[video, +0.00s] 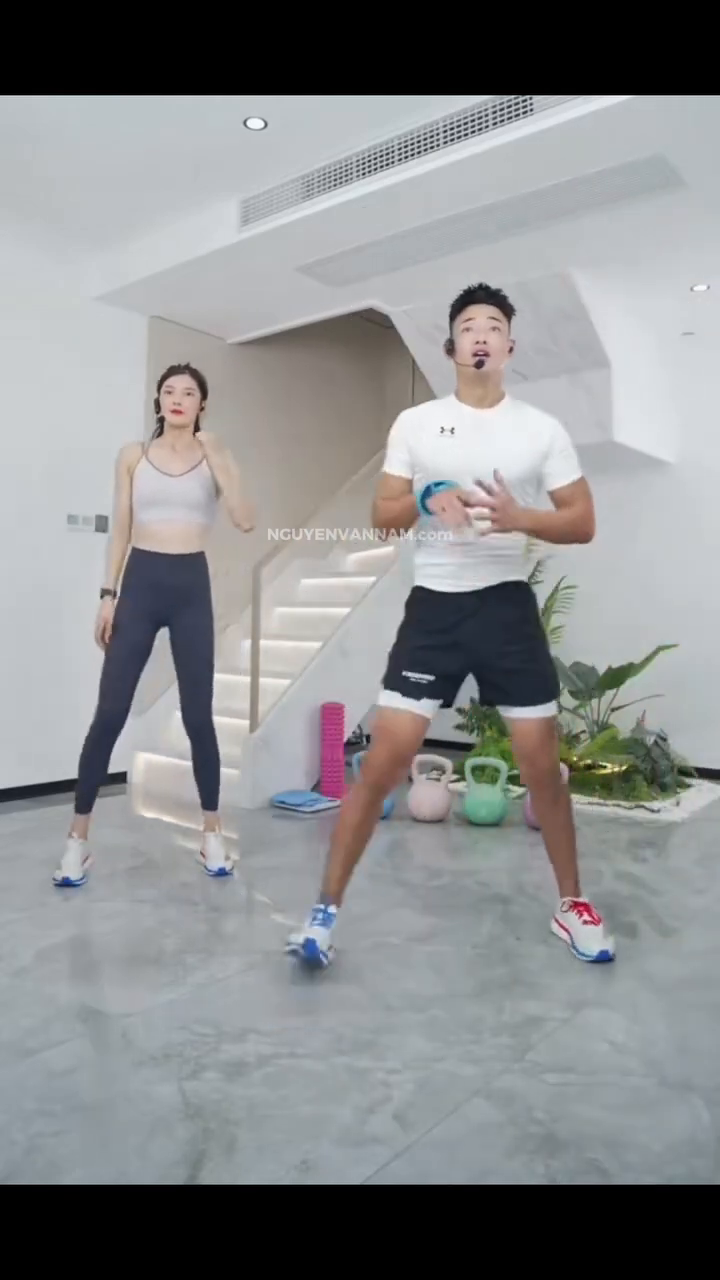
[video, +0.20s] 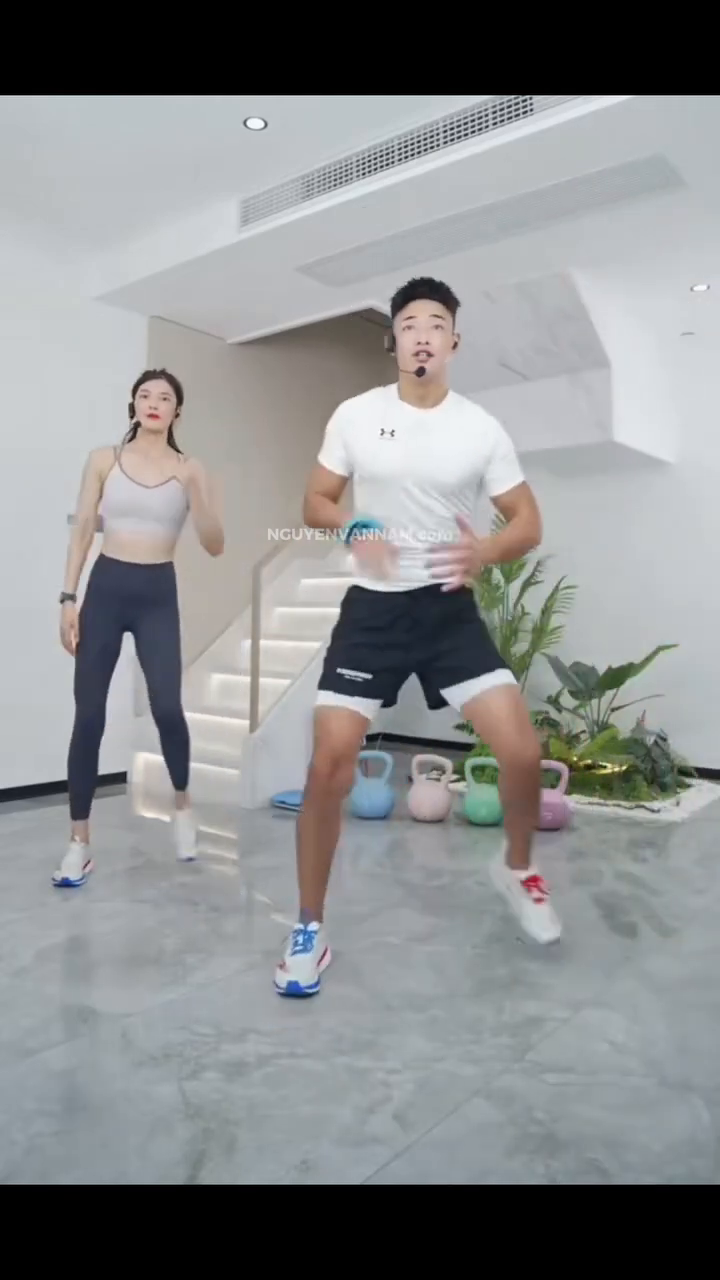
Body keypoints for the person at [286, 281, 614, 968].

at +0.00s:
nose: (480, 337)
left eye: (492, 328)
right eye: (469, 328)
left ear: (510, 345)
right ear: (450, 346)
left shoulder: (539, 429)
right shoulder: (415, 425)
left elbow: (582, 525)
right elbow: (383, 514)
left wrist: (518, 516)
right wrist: (428, 503)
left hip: (508, 608)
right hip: (432, 609)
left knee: (542, 761)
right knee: (383, 759)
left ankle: (572, 904)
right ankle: (325, 912)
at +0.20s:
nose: (422, 337)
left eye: (436, 326)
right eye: (409, 326)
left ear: (456, 341)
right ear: (392, 341)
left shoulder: (481, 429)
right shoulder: (356, 417)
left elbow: (527, 525)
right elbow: (317, 504)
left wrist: (484, 552)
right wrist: (351, 526)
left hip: (448, 611)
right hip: (370, 612)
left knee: (523, 754)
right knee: (329, 763)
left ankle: (519, 870)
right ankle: (308, 927)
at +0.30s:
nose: (405, 323)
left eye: (419, 313)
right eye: (392, 313)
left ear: (439, 328)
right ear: (376, 328)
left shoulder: (468, 418)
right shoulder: (338, 407)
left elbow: (518, 506)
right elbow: (308, 477)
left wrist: (477, 560)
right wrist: (312, 534)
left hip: (434, 601)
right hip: (353, 602)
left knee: (477, 753)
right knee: (321, 764)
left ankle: (443, 860)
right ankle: (308, 929)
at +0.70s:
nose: (402, 312)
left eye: (415, 300)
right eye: (388, 301)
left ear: (437, 316)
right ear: (369, 320)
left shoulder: (478, 399)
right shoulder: (338, 409)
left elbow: (520, 503)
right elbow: (321, 520)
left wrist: (452, 482)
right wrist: (355, 467)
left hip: (459, 601)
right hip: (374, 606)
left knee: (516, 765)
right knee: (330, 772)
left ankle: (509, 906)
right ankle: (311, 930)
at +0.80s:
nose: (434, 297)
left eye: (447, 285)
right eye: (420, 288)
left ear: (469, 302)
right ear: (398, 308)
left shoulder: (508, 385)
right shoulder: (369, 394)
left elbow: (552, 490)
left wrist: (475, 435)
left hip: (494, 588)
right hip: (405, 593)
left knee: (559, 774)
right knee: (360, 767)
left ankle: (600, 950)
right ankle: (321, 928)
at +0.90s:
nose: (469, 311)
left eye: (483, 299)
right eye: (454, 300)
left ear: (503, 315)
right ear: (435, 319)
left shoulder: (546, 398)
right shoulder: (404, 410)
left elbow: (600, 494)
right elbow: (387, 517)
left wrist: (522, 468)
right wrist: (433, 454)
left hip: (538, 606)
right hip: (447, 612)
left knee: (585, 780)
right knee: (368, 771)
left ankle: (625, 966)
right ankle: (324, 925)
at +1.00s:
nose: (495, 321)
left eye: (509, 306)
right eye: (480, 309)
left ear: (531, 319)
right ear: (459, 325)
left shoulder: (573, 404)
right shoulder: (432, 418)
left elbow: (642, 499)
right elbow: (418, 521)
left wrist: (603, 538)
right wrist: (430, 545)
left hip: (565, 609)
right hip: (473, 613)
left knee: (603, 785)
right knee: (375, 746)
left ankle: (624, 968)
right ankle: (343, 909)